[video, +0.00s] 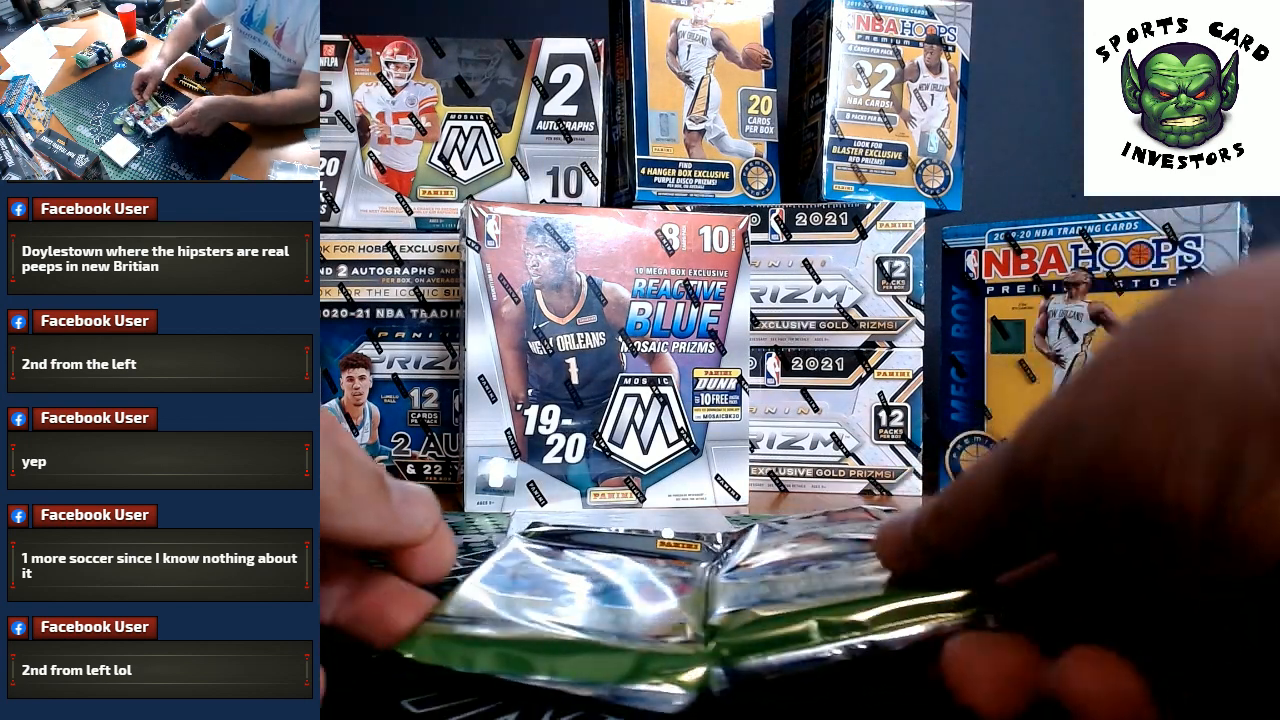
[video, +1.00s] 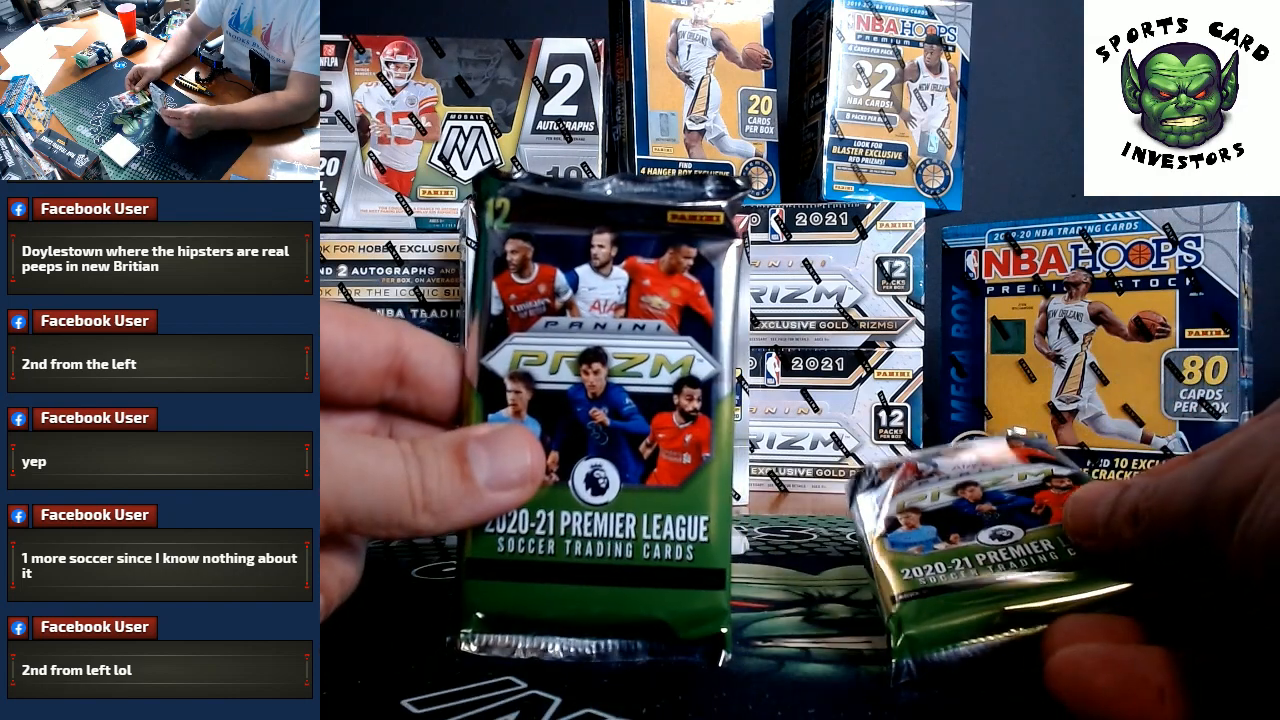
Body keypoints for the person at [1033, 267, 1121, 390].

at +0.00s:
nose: (1071, 288)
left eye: (1076, 285)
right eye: (1068, 285)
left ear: (1087, 284)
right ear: (1066, 284)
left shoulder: (1095, 308)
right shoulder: (1049, 303)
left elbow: (1124, 335)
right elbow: (1038, 335)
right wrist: (1047, 352)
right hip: (1059, 363)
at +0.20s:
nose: (1070, 273)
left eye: (1075, 273)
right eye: (1070, 272)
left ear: (1086, 282)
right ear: (1068, 280)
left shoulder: (1095, 308)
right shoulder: (1049, 304)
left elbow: (1126, 333)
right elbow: (1038, 335)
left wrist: (1155, 331)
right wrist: (1046, 351)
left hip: (1080, 362)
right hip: (1062, 364)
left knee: (1064, 412)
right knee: (1096, 415)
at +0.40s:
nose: (1068, 273)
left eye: (1074, 271)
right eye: (1069, 271)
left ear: (1086, 281)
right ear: (1066, 279)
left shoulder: (1095, 308)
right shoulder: (1049, 304)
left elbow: (1126, 333)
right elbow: (1038, 335)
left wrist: (1155, 331)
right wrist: (1046, 351)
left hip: (1080, 363)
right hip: (1063, 367)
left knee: (1060, 421)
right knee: (1102, 425)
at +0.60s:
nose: (1068, 273)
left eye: (1074, 271)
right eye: (1069, 271)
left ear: (1086, 281)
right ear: (1067, 279)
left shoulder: (1095, 308)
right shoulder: (1049, 304)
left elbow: (1126, 333)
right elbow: (1038, 335)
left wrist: (1159, 331)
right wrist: (1046, 351)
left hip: (1079, 364)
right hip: (1063, 367)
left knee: (1060, 421)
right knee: (1102, 426)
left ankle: (1079, 471)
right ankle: (1148, 437)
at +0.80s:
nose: (1070, 273)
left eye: (1076, 273)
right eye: (1071, 272)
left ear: (1086, 284)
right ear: (1067, 280)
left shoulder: (1094, 308)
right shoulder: (1049, 304)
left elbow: (1126, 333)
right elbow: (1038, 335)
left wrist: (1160, 331)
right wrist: (1046, 351)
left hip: (1079, 364)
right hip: (1063, 366)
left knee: (1060, 423)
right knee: (1102, 425)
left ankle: (1077, 477)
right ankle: (1166, 443)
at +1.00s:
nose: (1069, 273)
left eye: (1075, 272)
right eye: (1070, 271)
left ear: (1086, 283)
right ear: (1067, 280)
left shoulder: (1094, 308)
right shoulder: (1049, 304)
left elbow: (1125, 333)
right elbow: (1038, 335)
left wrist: (1160, 331)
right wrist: (1046, 351)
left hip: (1079, 365)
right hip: (1063, 367)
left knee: (1060, 422)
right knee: (1102, 425)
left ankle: (1078, 478)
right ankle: (1166, 443)